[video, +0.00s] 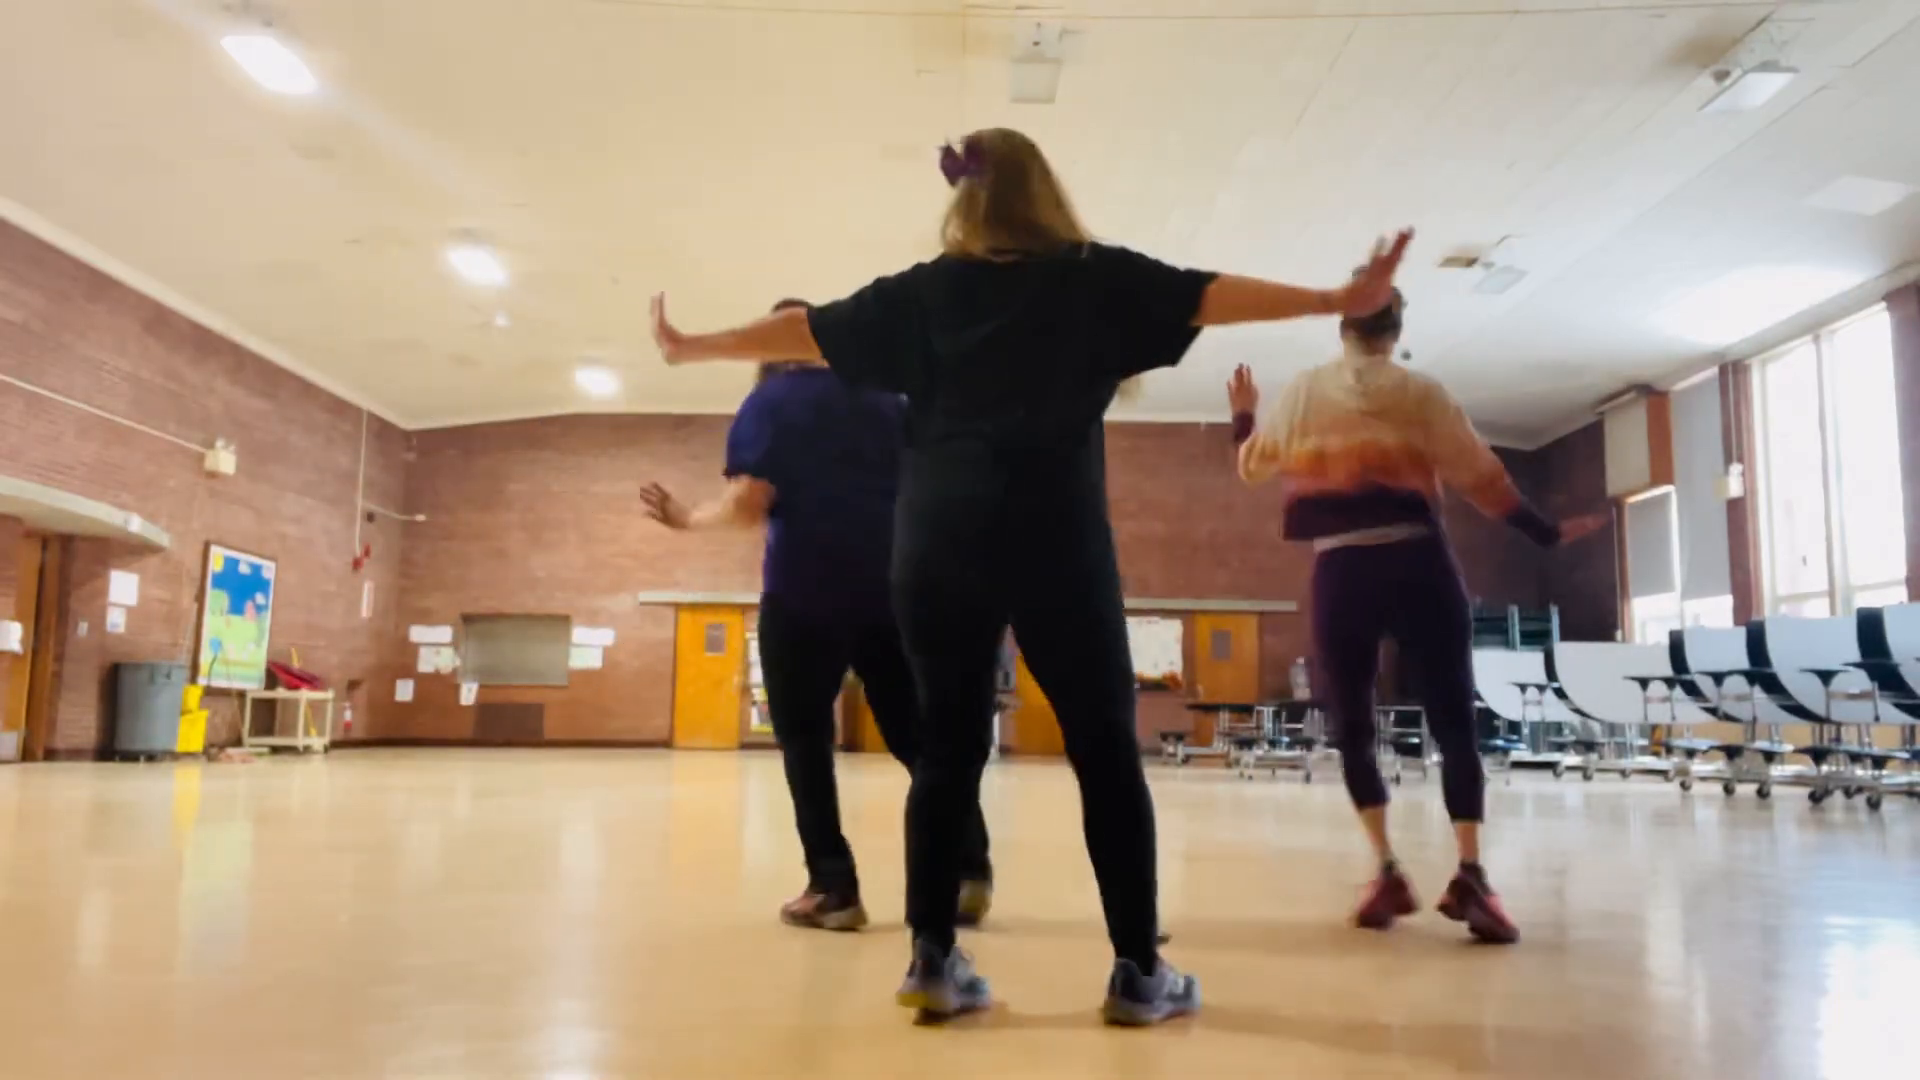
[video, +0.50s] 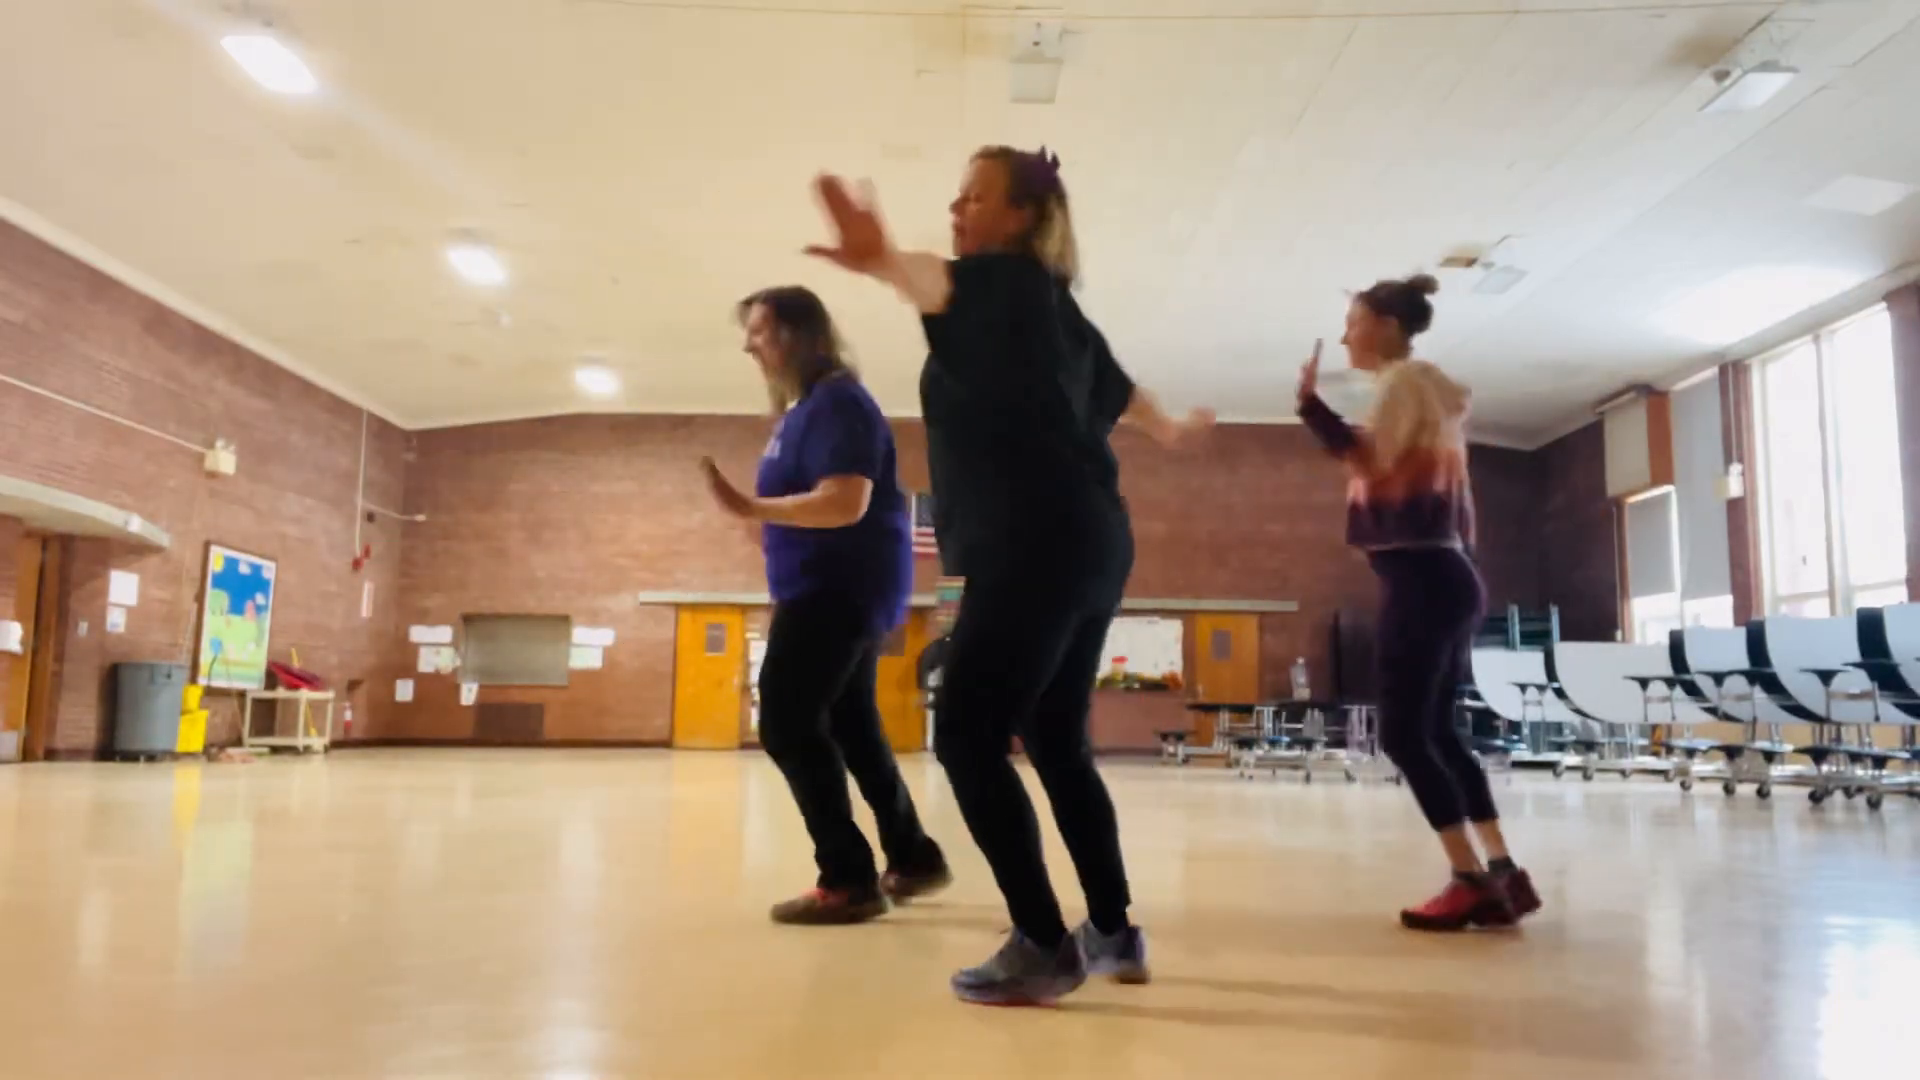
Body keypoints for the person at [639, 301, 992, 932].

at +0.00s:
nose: (763, 354)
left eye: (769, 344)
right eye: (771, 339)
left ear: (775, 350)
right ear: (832, 343)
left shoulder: (770, 402)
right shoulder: (885, 396)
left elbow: (751, 501)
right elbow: (909, 479)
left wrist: (685, 516)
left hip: (803, 596)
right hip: (882, 591)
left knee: (805, 744)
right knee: (916, 735)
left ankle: (834, 887)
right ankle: (971, 865)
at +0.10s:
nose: (758, 345)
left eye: (760, 336)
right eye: (765, 332)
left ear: (768, 337)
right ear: (827, 333)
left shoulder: (767, 391)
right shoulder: (881, 386)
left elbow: (750, 479)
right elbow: (921, 472)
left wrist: (687, 523)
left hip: (805, 583)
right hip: (890, 576)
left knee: (818, 735)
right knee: (894, 714)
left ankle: (832, 889)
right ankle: (969, 851)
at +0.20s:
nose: (761, 337)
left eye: (765, 328)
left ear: (771, 335)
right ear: (833, 331)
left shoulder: (775, 384)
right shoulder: (877, 384)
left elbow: (774, 470)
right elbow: (922, 464)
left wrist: (712, 539)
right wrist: (862, 488)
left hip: (814, 574)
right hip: (896, 566)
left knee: (824, 730)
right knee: (872, 684)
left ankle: (831, 887)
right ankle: (940, 803)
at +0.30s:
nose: (749, 341)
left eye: (756, 330)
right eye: (749, 329)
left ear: (780, 335)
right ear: (821, 334)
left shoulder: (793, 386)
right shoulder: (867, 389)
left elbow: (812, 475)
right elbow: (922, 453)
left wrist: (736, 537)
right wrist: (901, 501)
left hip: (819, 571)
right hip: (892, 564)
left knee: (820, 729)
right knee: (848, 695)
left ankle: (831, 887)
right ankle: (916, 824)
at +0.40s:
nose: (745, 347)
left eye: (752, 334)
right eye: (745, 335)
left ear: (783, 336)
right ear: (804, 335)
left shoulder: (816, 397)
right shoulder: (853, 395)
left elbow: (834, 494)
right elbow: (883, 492)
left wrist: (746, 518)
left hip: (823, 588)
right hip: (872, 585)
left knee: (802, 724)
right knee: (854, 717)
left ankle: (841, 881)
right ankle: (910, 857)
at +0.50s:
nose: (750, 345)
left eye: (759, 332)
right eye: (749, 334)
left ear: (795, 333)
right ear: (787, 337)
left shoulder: (840, 403)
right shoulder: (807, 409)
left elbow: (846, 502)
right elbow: (823, 499)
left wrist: (753, 508)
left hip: (838, 593)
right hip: (832, 592)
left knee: (788, 725)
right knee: (852, 725)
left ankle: (848, 882)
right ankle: (915, 858)